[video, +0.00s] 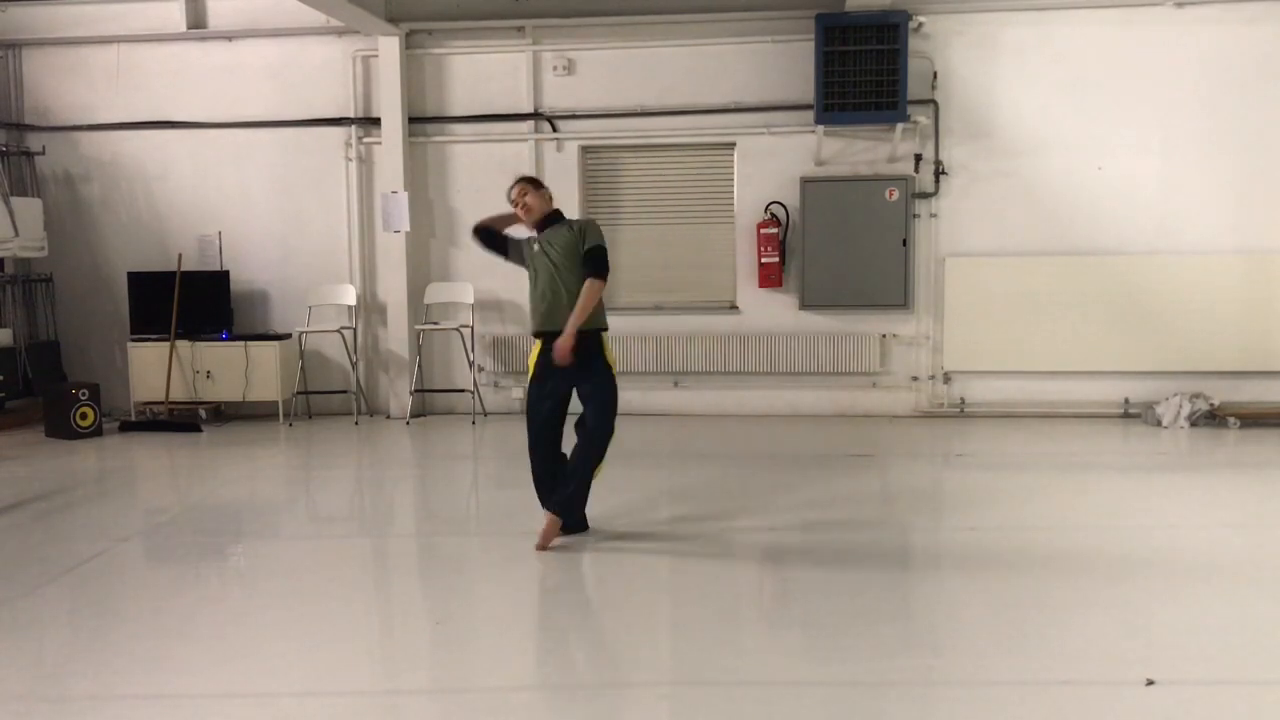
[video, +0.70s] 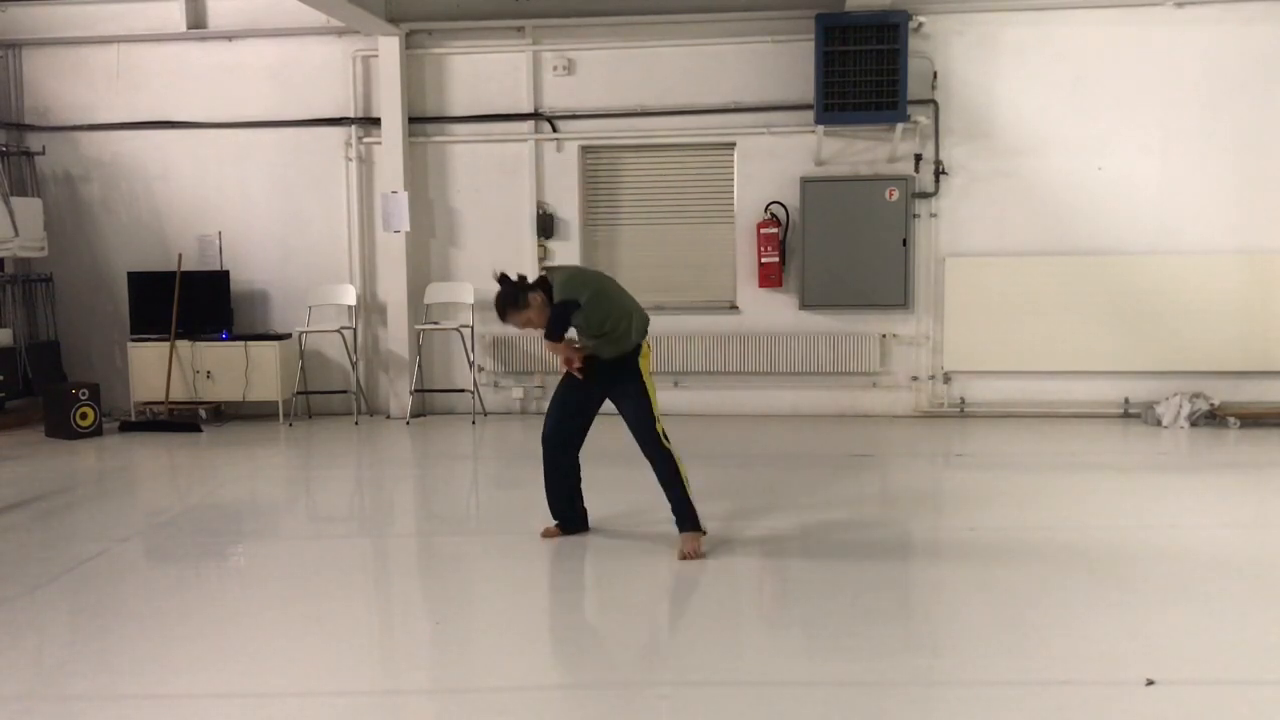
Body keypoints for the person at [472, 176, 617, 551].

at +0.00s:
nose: (520, 205)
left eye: (525, 195)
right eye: (515, 204)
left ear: (547, 196)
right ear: (519, 215)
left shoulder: (583, 229)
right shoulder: (529, 249)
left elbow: (597, 280)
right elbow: (481, 232)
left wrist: (569, 332)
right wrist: (515, 216)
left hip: (587, 344)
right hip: (548, 349)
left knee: (600, 424)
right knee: (542, 437)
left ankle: (559, 509)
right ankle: (571, 517)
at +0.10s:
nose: (509, 216)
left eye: (512, 207)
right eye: (504, 218)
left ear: (533, 201)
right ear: (510, 227)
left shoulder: (577, 223)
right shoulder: (528, 261)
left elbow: (601, 267)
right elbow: (470, 267)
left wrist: (588, 326)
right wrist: (474, 251)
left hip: (598, 340)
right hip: (560, 349)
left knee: (603, 429)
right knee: (549, 431)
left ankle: (562, 515)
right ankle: (568, 516)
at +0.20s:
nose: (498, 231)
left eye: (499, 222)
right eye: (494, 234)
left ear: (518, 214)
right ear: (501, 242)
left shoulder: (568, 223)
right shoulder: (531, 269)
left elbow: (598, 262)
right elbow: (493, 295)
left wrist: (594, 324)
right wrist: (466, 267)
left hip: (607, 340)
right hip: (568, 347)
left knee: (602, 437)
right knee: (555, 433)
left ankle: (570, 522)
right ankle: (562, 516)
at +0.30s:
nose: (495, 254)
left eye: (491, 245)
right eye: (489, 256)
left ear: (505, 229)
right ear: (494, 261)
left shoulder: (560, 229)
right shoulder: (530, 277)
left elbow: (590, 267)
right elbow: (529, 312)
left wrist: (591, 327)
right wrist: (476, 286)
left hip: (613, 338)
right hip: (576, 345)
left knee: (605, 433)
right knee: (558, 428)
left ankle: (587, 522)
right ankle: (569, 517)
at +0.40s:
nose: (498, 272)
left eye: (493, 264)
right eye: (493, 275)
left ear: (504, 246)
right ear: (500, 280)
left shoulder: (555, 237)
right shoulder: (531, 291)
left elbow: (579, 282)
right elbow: (558, 328)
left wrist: (585, 339)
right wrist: (513, 310)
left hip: (614, 340)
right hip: (577, 348)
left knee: (616, 432)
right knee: (559, 433)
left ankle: (610, 521)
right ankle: (571, 519)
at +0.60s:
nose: (517, 309)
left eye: (512, 301)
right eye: (510, 308)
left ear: (519, 278)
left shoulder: (560, 262)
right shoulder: (538, 307)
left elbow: (559, 297)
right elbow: (546, 333)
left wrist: (557, 326)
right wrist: (562, 348)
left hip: (619, 352)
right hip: (581, 359)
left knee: (646, 436)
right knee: (556, 437)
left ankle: (673, 526)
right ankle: (571, 520)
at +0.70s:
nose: (530, 328)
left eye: (526, 322)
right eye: (524, 326)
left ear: (534, 299)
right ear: (534, 299)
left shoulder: (567, 286)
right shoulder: (546, 290)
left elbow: (552, 338)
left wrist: (559, 345)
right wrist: (568, 350)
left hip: (627, 355)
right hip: (589, 358)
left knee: (652, 441)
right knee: (556, 439)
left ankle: (689, 526)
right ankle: (572, 520)